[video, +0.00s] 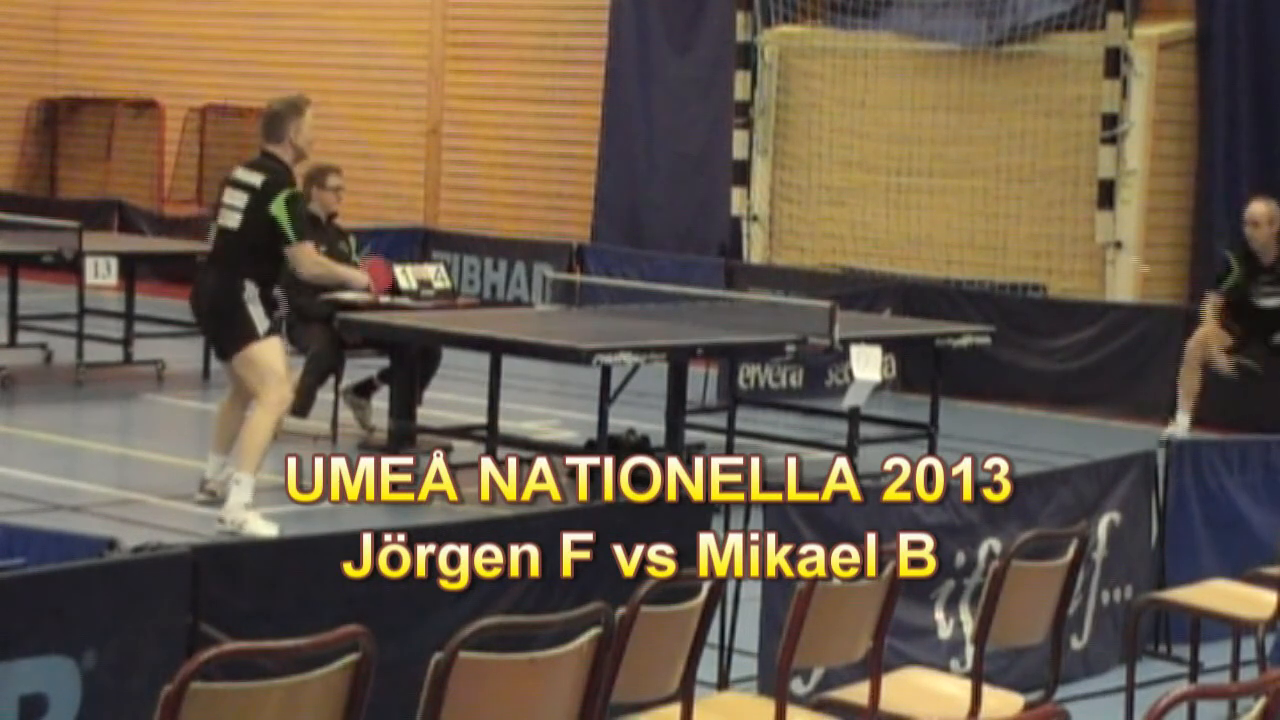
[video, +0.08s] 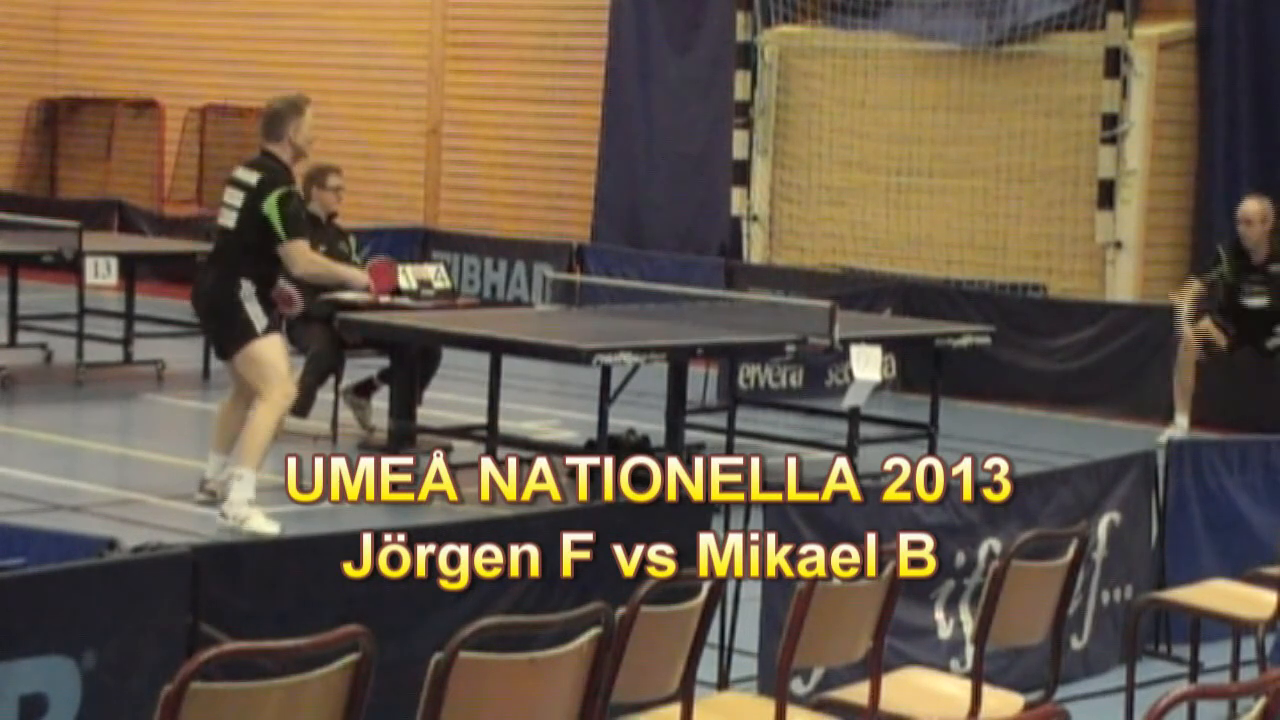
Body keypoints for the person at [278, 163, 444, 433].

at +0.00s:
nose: (340, 197)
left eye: (341, 191)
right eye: (334, 190)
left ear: (341, 193)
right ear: (313, 191)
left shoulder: (339, 234)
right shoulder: (298, 224)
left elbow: (351, 273)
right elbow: (306, 267)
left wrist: (375, 276)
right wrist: (356, 277)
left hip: (347, 315)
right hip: (307, 316)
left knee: (425, 351)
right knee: (327, 352)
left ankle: (362, 391)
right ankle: (291, 417)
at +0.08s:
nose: (340, 197)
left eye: (341, 190)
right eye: (334, 190)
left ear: (341, 193)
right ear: (312, 191)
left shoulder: (341, 234)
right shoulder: (295, 228)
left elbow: (353, 275)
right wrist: (353, 276)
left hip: (348, 315)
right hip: (308, 315)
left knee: (425, 351)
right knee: (327, 353)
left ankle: (362, 391)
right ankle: (291, 416)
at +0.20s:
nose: (340, 197)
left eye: (342, 191)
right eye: (334, 190)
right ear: (313, 192)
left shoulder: (341, 234)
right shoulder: (295, 228)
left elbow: (351, 276)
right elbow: (297, 271)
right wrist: (351, 274)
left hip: (349, 315)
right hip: (308, 316)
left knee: (426, 350)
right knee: (327, 352)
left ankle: (362, 391)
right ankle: (292, 417)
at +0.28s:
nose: (340, 197)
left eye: (341, 191)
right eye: (333, 190)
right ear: (312, 191)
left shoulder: (340, 234)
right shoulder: (295, 228)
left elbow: (353, 275)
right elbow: (295, 274)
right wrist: (350, 283)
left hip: (347, 314)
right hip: (307, 315)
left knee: (425, 350)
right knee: (327, 352)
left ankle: (362, 391)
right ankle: (292, 415)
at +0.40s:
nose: (338, 197)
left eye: (340, 190)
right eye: (331, 190)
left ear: (342, 193)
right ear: (310, 192)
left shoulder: (341, 234)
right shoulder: (295, 227)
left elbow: (353, 279)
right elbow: (296, 278)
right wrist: (346, 295)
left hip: (348, 316)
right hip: (306, 317)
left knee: (425, 349)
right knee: (326, 353)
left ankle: (362, 391)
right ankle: (290, 414)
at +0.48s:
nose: (337, 196)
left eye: (339, 190)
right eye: (330, 189)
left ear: (341, 192)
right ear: (309, 192)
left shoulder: (341, 234)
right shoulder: (296, 230)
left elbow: (354, 280)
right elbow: (296, 285)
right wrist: (333, 303)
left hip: (349, 316)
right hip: (307, 317)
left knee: (426, 350)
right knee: (327, 353)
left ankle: (362, 392)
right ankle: (292, 413)